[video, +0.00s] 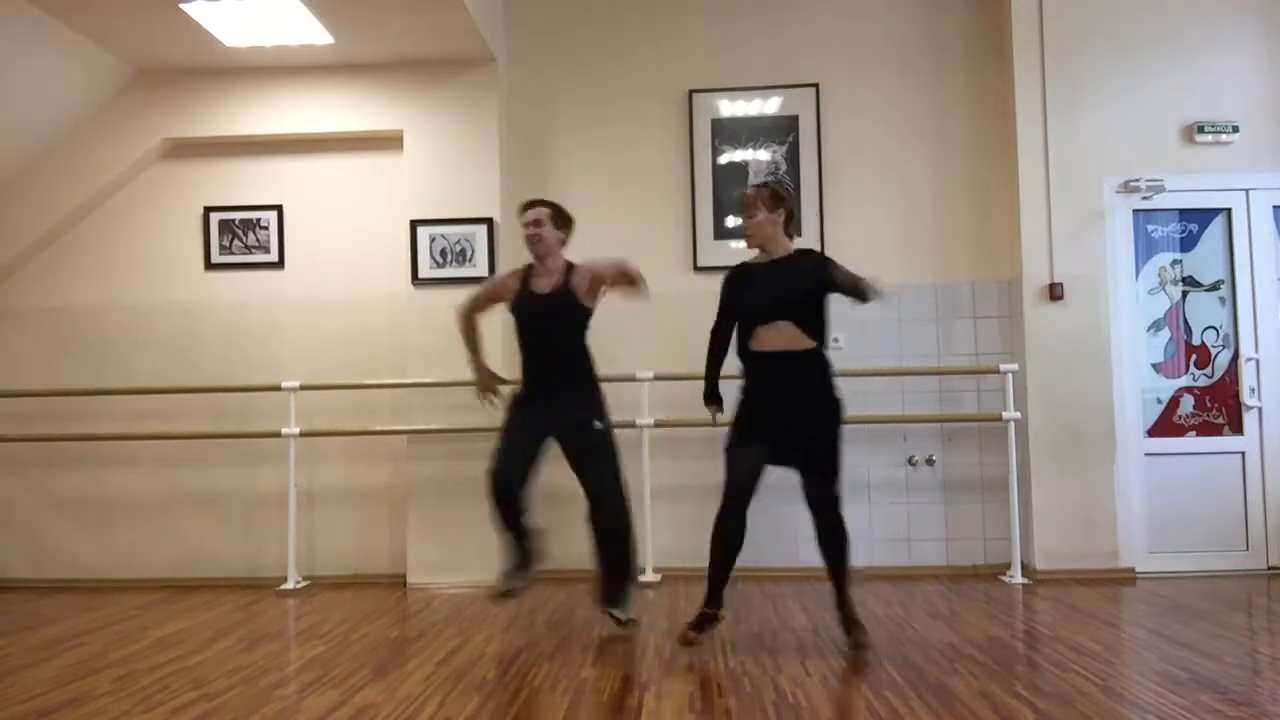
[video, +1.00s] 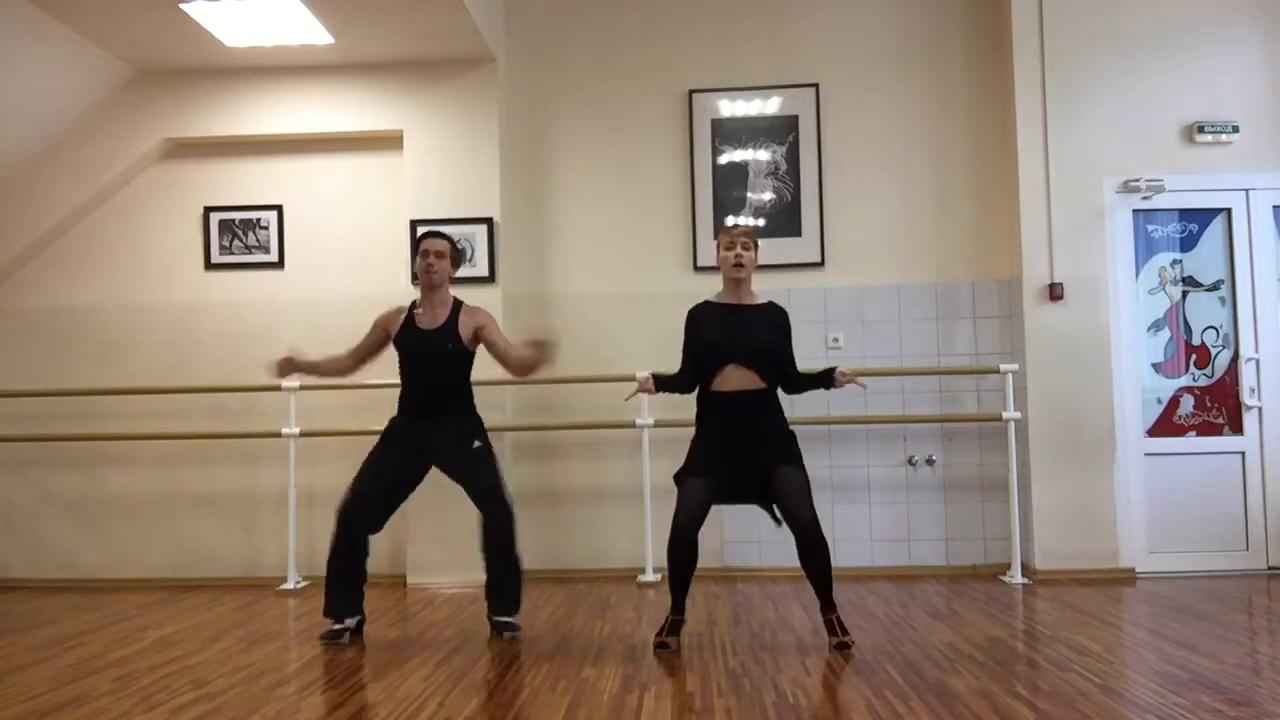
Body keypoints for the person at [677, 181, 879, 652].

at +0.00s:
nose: (744, 224)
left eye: (751, 214)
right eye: (743, 216)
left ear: (780, 216)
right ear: (757, 220)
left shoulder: (811, 263)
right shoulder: (740, 277)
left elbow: (851, 287)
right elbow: (721, 332)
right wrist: (711, 383)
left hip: (811, 393)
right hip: (760, 394)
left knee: (823, 502)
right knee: (734, 499)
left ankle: (845, 606)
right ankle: (711, 605)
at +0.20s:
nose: (716, 242)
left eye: (725, 233)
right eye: (714, 234)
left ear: (752, 235)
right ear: (715, 238)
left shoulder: (775, 288)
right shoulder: (713, 298)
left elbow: (768, 347)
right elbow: (704, 364)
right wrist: (684, 422)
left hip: (771, 410)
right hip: (725, 409)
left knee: (743, 507)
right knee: (712, 502)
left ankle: (707, 595)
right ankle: (721, 607)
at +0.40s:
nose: (726, 227)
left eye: (735, 219)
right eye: (720, 219)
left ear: (752, 226)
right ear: (711, 226)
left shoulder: (771, 279)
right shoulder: (700, 283)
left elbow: (783, 337)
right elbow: (677, 343)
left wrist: (738, 310)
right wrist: (710, 311)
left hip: (764, 399)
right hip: (715, 401)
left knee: (769, 487)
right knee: (694, 500)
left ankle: (770, 546)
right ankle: (706, 605)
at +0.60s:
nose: (733, 246)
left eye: (741, 240)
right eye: (726, 239)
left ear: (753, 249)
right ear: (715, 248)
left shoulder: (771, 308)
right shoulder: (698, 309)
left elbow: (791, 374)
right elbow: (679, 376)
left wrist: (835, 380)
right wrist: (641, 381)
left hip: (767, 423)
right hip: (713, 424)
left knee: (797, 520)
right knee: (683, 519)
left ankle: (829, 613)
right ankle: (673, 615)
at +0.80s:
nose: (736, 255)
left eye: (744, 248)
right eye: (728, 248)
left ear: (755, 258)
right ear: (717, 258)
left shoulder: (773, 317)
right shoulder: (699, 316)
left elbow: (792, 383)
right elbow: (684, 381)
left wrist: (829, 380)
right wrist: (656, 385)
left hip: (765, 428)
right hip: (712, 430)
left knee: (799, 523)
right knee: (683, 526)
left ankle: (829, 615)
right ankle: (675, 615)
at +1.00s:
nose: (737, 253)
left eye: (745, 247)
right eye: (729, 247)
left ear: (756, 258)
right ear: (717, 257)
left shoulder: (774, 315)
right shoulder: (700, 315)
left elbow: (789, 381)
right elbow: (689, 379)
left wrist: (828, 377)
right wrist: (658, 381)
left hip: (766, 428)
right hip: (714, 430)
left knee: (805, 521)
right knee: (683, 526)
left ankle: (830, 614)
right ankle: (676, 614)